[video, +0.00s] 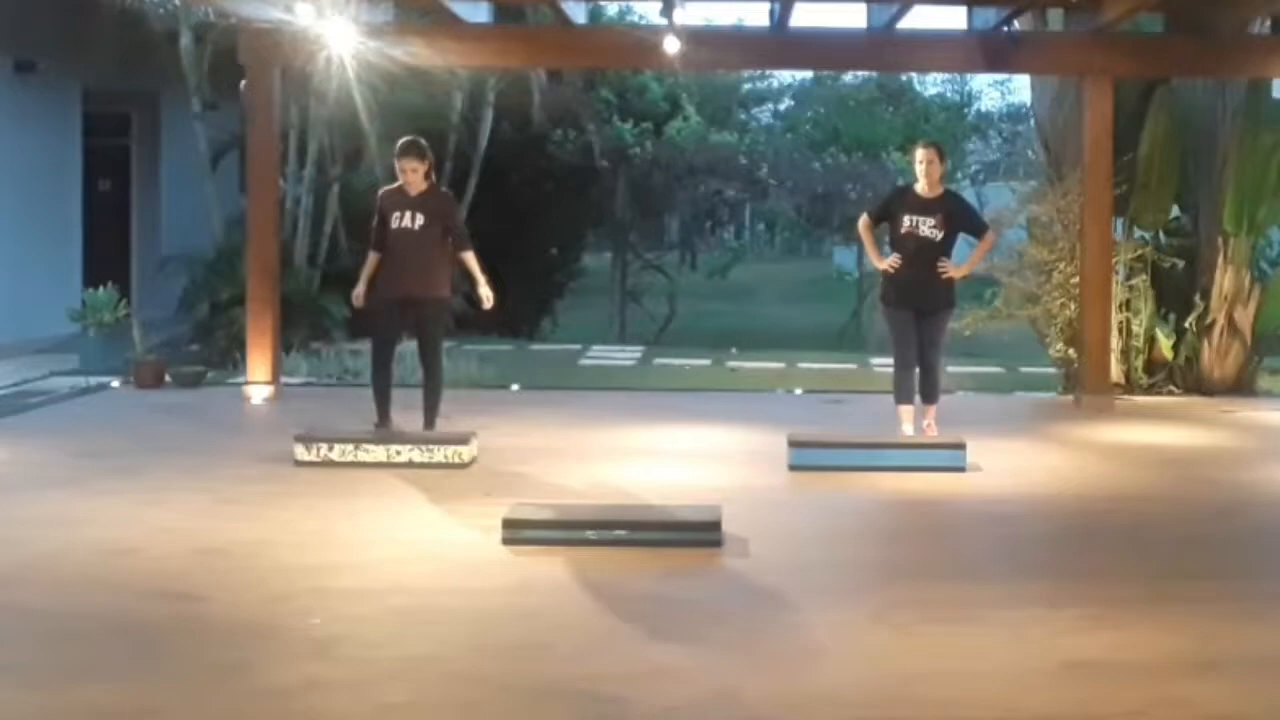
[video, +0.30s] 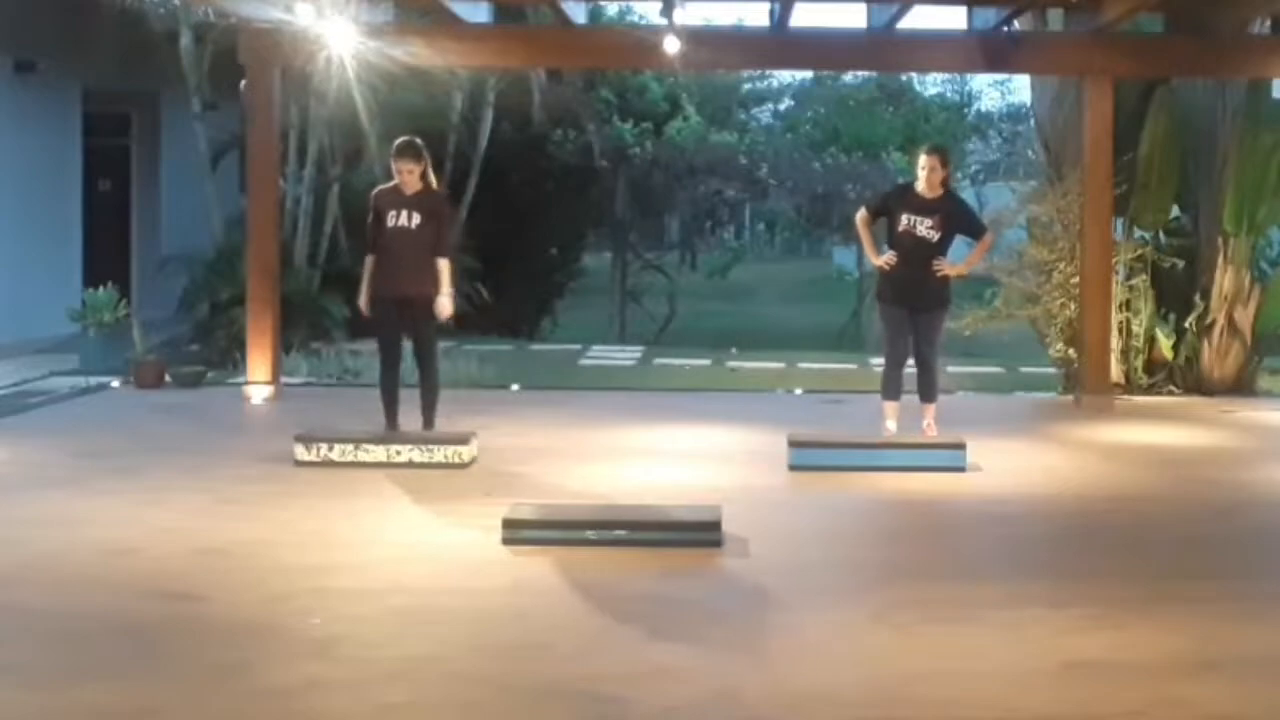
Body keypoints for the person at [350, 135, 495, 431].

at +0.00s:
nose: (407, 177)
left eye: (413, 170)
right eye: (403, 170)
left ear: (427, 168)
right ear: (396, 168)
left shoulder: (443, 201)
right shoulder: (386, 198)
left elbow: (463, 244)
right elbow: (377, 246)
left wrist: (481, 282)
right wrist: (362, 282)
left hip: (431, 295)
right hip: (391, 293)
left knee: (431, 360)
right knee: (380, 356)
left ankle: (429, 423)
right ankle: (383, 420)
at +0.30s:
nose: (404, 177)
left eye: (410, 171)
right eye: (399, 171)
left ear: (422, 168)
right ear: (392, 168)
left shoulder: (437, 201)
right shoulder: (380, 197)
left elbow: (442, 251)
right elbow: (372, 248)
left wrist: (445, 292)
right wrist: (365, 289)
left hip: (422, 294)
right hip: (386, 293)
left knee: (427, 362)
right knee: (389, 362)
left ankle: (428, 424)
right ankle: (390, 424)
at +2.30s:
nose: (393, 159)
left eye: (400, 153)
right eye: (389, 153)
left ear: (413, 160)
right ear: (383, 158)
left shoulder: (429, 199)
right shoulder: (372, 197)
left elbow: (435, 249)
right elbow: (364, 247)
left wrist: (436, 291)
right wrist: (357, 288)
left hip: (413, 294)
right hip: (379, 294)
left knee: (411, 361)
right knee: (384, 361)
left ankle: (407, 423)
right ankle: (390, 422)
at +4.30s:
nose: (395, 160)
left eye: (402, 155)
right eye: (392, 154)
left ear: (417, 160)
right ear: (387, 159)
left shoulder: (428, 199)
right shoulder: (374, 197)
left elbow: (435, 250)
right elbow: (364, 249)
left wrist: (434, 293)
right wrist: (358, 289)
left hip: (413, 296)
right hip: (380, 295)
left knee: (412, 364)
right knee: (385, 365)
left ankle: (407, 424)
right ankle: (390, 423)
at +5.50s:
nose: (405, 170)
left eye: (412, 163)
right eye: (401, 163)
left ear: (424, 165)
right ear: (392, 165)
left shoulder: (434, 203)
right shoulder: (382, 195)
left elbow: (443, 253)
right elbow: (371, 244)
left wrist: (438, 294)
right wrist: (370, 285)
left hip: (418, 293)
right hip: (383, 291)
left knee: (417, 361)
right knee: (378, 363)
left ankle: (409, 423)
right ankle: (382, 421)